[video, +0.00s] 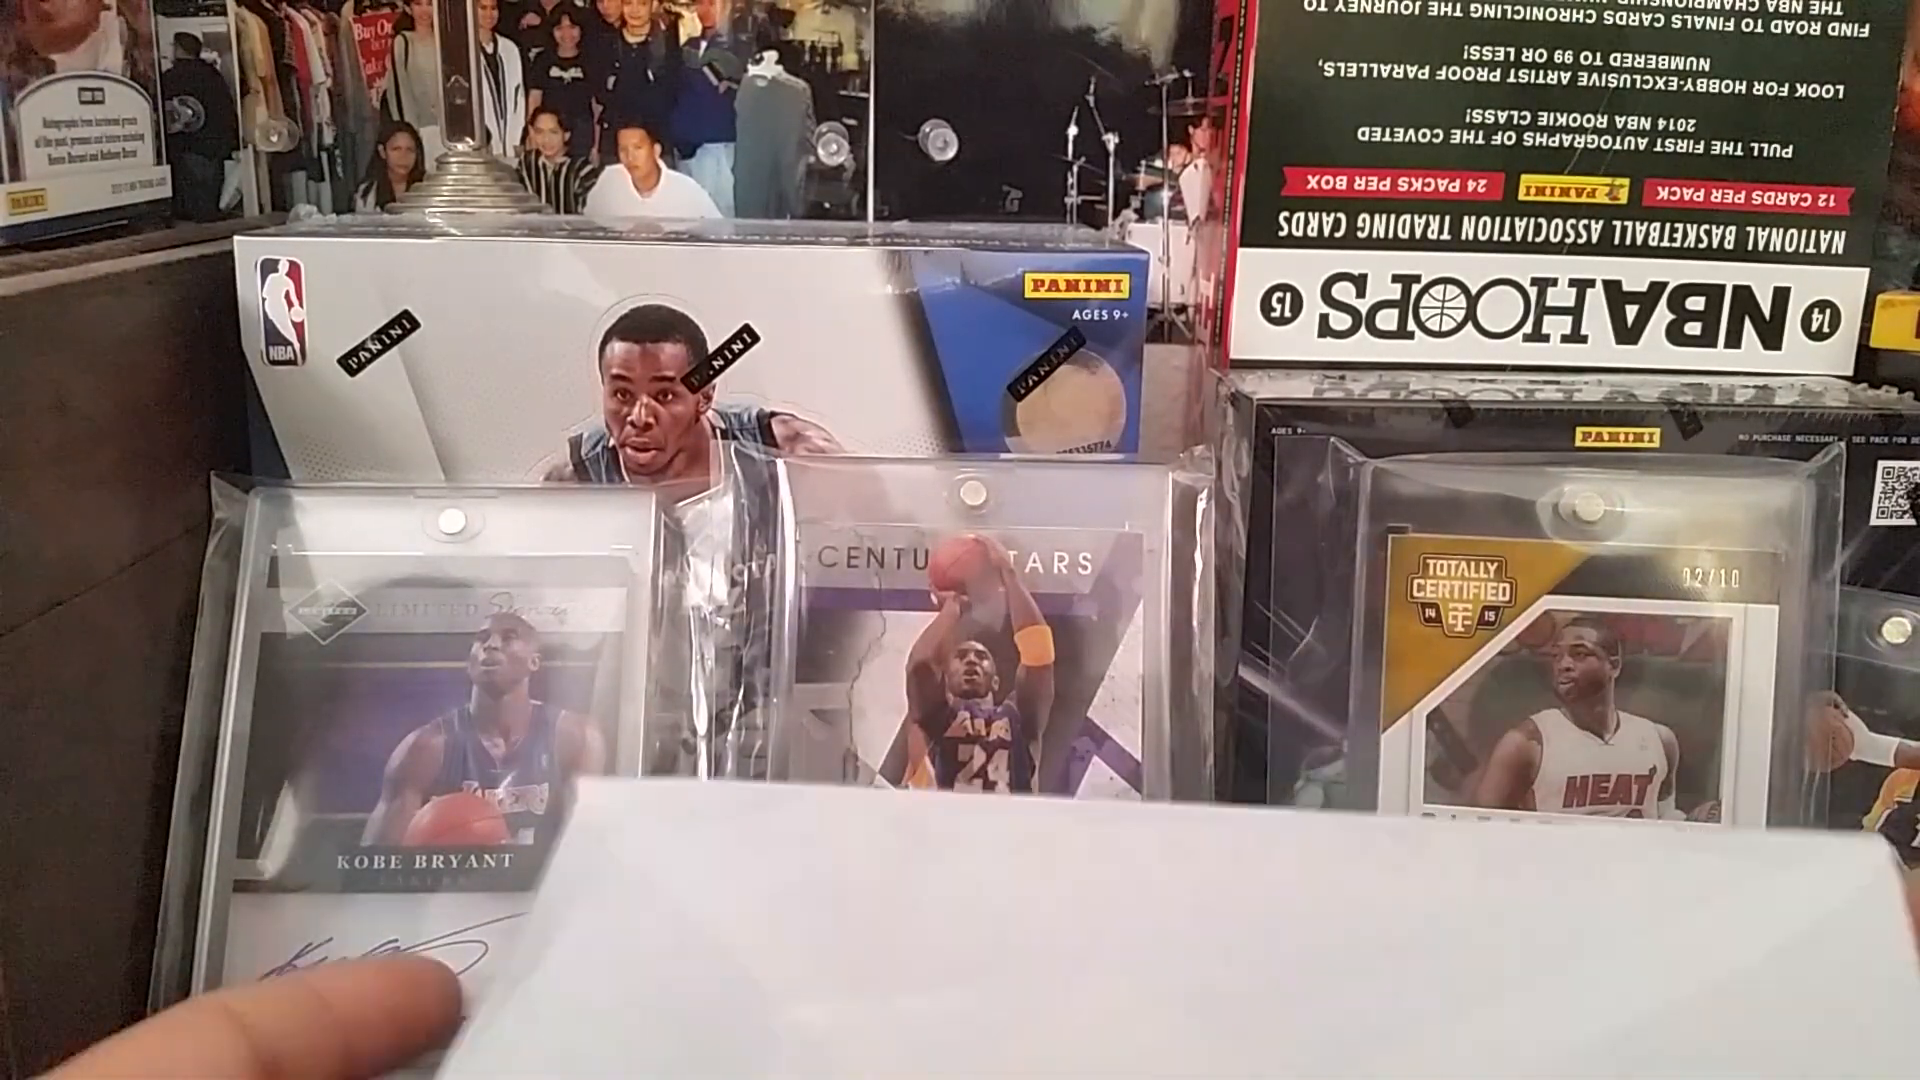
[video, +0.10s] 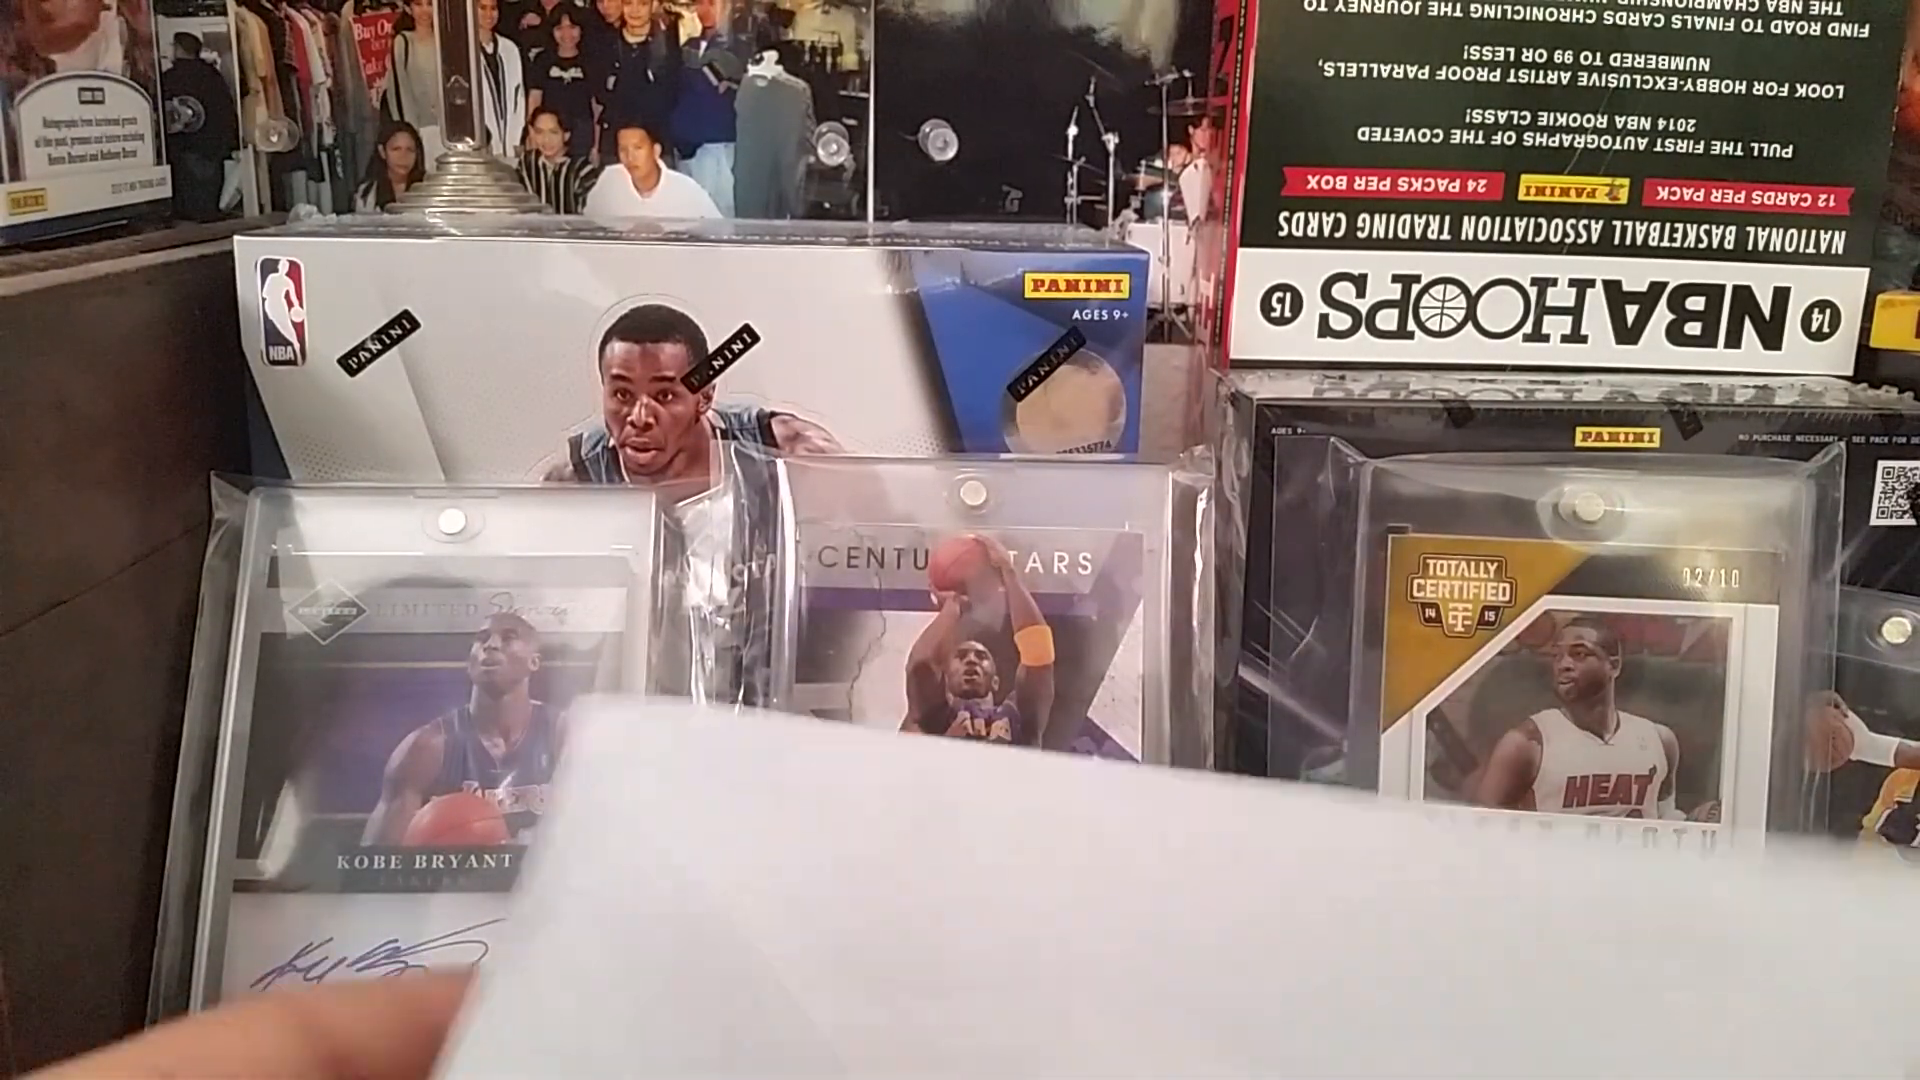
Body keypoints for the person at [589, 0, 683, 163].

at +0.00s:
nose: (635, 10)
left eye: (642, 3)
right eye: (628, 3)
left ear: (653, 6)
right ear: (621, 7)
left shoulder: (667, 43)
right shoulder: (607, 43)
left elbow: (675, 88)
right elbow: (600, 92)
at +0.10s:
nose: (635, 10)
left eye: (643, 4)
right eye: (628, 3)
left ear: (653, 6)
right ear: (621, 7)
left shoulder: (667, 43)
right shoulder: (607, 43)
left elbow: (674, 91)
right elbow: (600, 93)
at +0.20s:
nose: (635, 11)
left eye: (642, 4)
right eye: (628, 4)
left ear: (653, 6)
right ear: (621, 7)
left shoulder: (667, 45)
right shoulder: (607, 43)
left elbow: (672, 92)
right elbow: (600, 93)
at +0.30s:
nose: (635, 10)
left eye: (642, 4)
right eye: (629, 3)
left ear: (653, 6)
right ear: (621, 7)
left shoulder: (667, 46)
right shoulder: (607, 43)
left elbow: (675, 90)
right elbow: (600, 93)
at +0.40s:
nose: (635, 11)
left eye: (642, 4)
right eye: (628, 4)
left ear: (653, 6)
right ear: (621, 7)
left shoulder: (667, 48)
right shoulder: (607, 44)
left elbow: (672, 93)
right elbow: (599, 93)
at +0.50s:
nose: (635, 11)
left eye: (642, 4)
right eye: (628, 4)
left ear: (653, 7)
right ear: (621, 7)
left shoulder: (666, 47)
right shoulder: (607, 44)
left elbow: (672, 94)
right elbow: (600, 93)